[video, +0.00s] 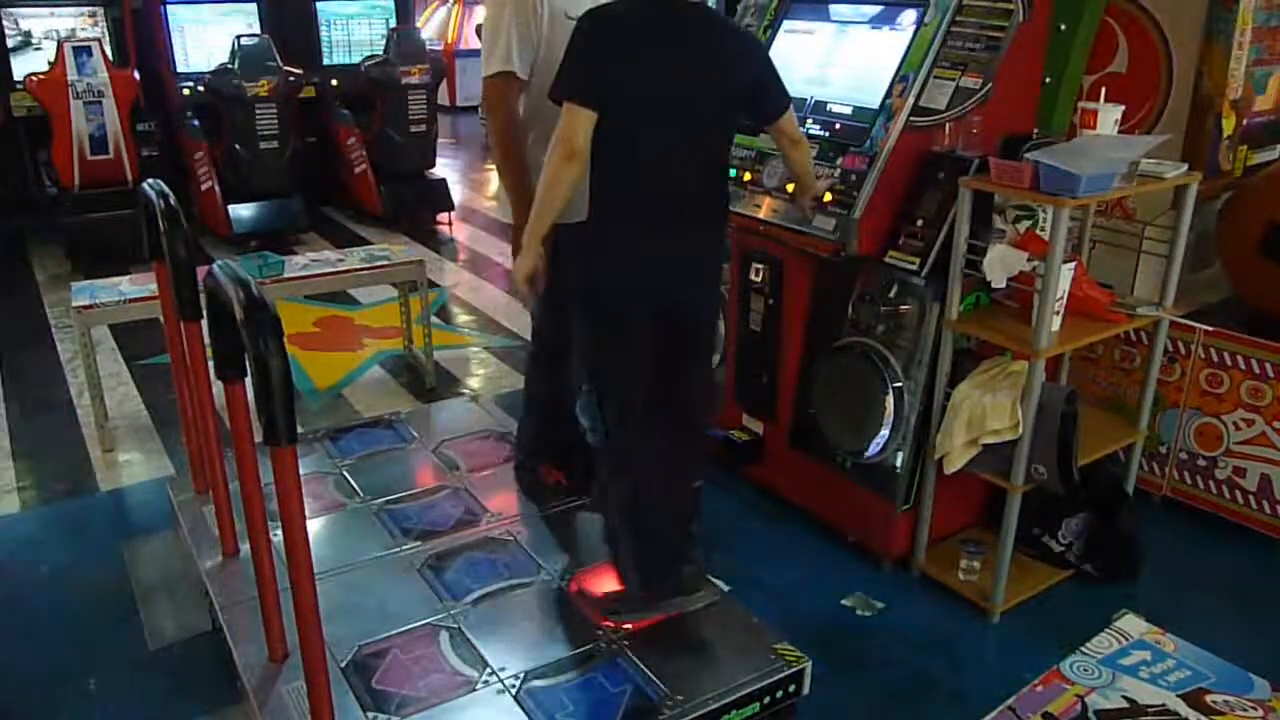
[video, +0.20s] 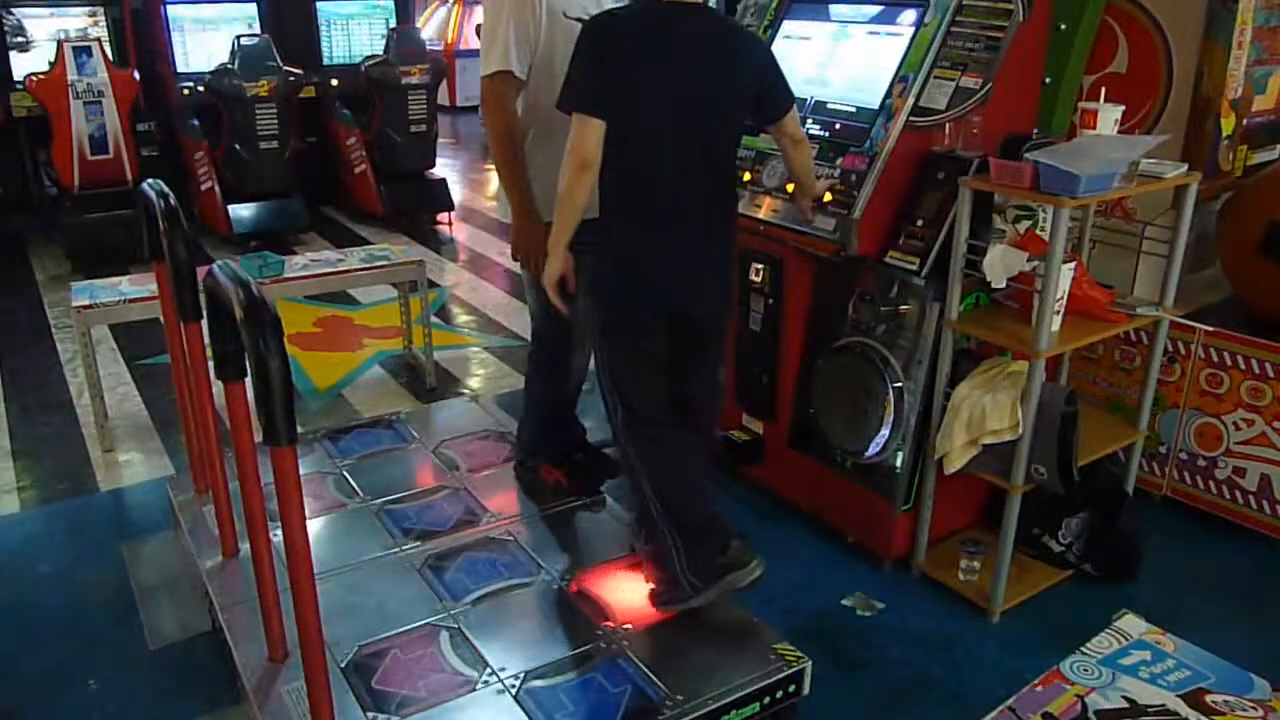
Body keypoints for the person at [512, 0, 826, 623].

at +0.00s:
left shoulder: (604, 27)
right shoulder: (737, 44)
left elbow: (570, 146)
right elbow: (792, 141)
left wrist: (533, 237)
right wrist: (807, 183)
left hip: (613, 253)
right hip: (694, 261)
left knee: (623, 411)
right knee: (682, 408)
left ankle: (648, 577)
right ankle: (675, 559)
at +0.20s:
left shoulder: (609, 33)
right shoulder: (743, 44)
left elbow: (584, 157)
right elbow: (793, 141)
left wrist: (558, 245)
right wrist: (809, 187)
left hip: (625, 254)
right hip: (707, 258)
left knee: (639, 410)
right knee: (691, 404)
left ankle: (712, 553)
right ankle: (659, 539)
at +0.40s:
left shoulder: (612, 38)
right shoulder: (746, 46)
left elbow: (590, 164)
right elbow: (796, 143)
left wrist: (569, 251)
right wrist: (808, 187)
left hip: (632, 258)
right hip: (713, 261)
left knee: (643, 412)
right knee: (696, 407)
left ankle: (718, 550)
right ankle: (658, 534)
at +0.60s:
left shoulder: (618, 38)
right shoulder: (749, 42)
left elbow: (597, 169)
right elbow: (797, 146)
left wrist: (568, 257)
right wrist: (807, 188)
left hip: (638, 259)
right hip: (716, 262)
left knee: (645, 414)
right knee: (695, 407)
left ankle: (722, 556)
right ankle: (661, 536)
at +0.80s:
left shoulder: (627, 41)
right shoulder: (752, 42)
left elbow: (609, 173)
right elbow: (802, 150)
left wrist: (578, 266)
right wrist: (808, 189)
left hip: (653, 267)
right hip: (725, 266)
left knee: (654, 421)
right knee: (701, 410)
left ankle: (734, 556)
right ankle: (666, 535)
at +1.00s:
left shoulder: (642, 38)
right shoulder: (759, 38)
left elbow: (628, 172)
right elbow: (807, 151)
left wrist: (594, 277)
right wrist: (808, 189)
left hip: (667, 268)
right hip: (737, 266)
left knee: (676, 426)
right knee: (696, 414)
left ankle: (742, 564)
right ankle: (665, 531)